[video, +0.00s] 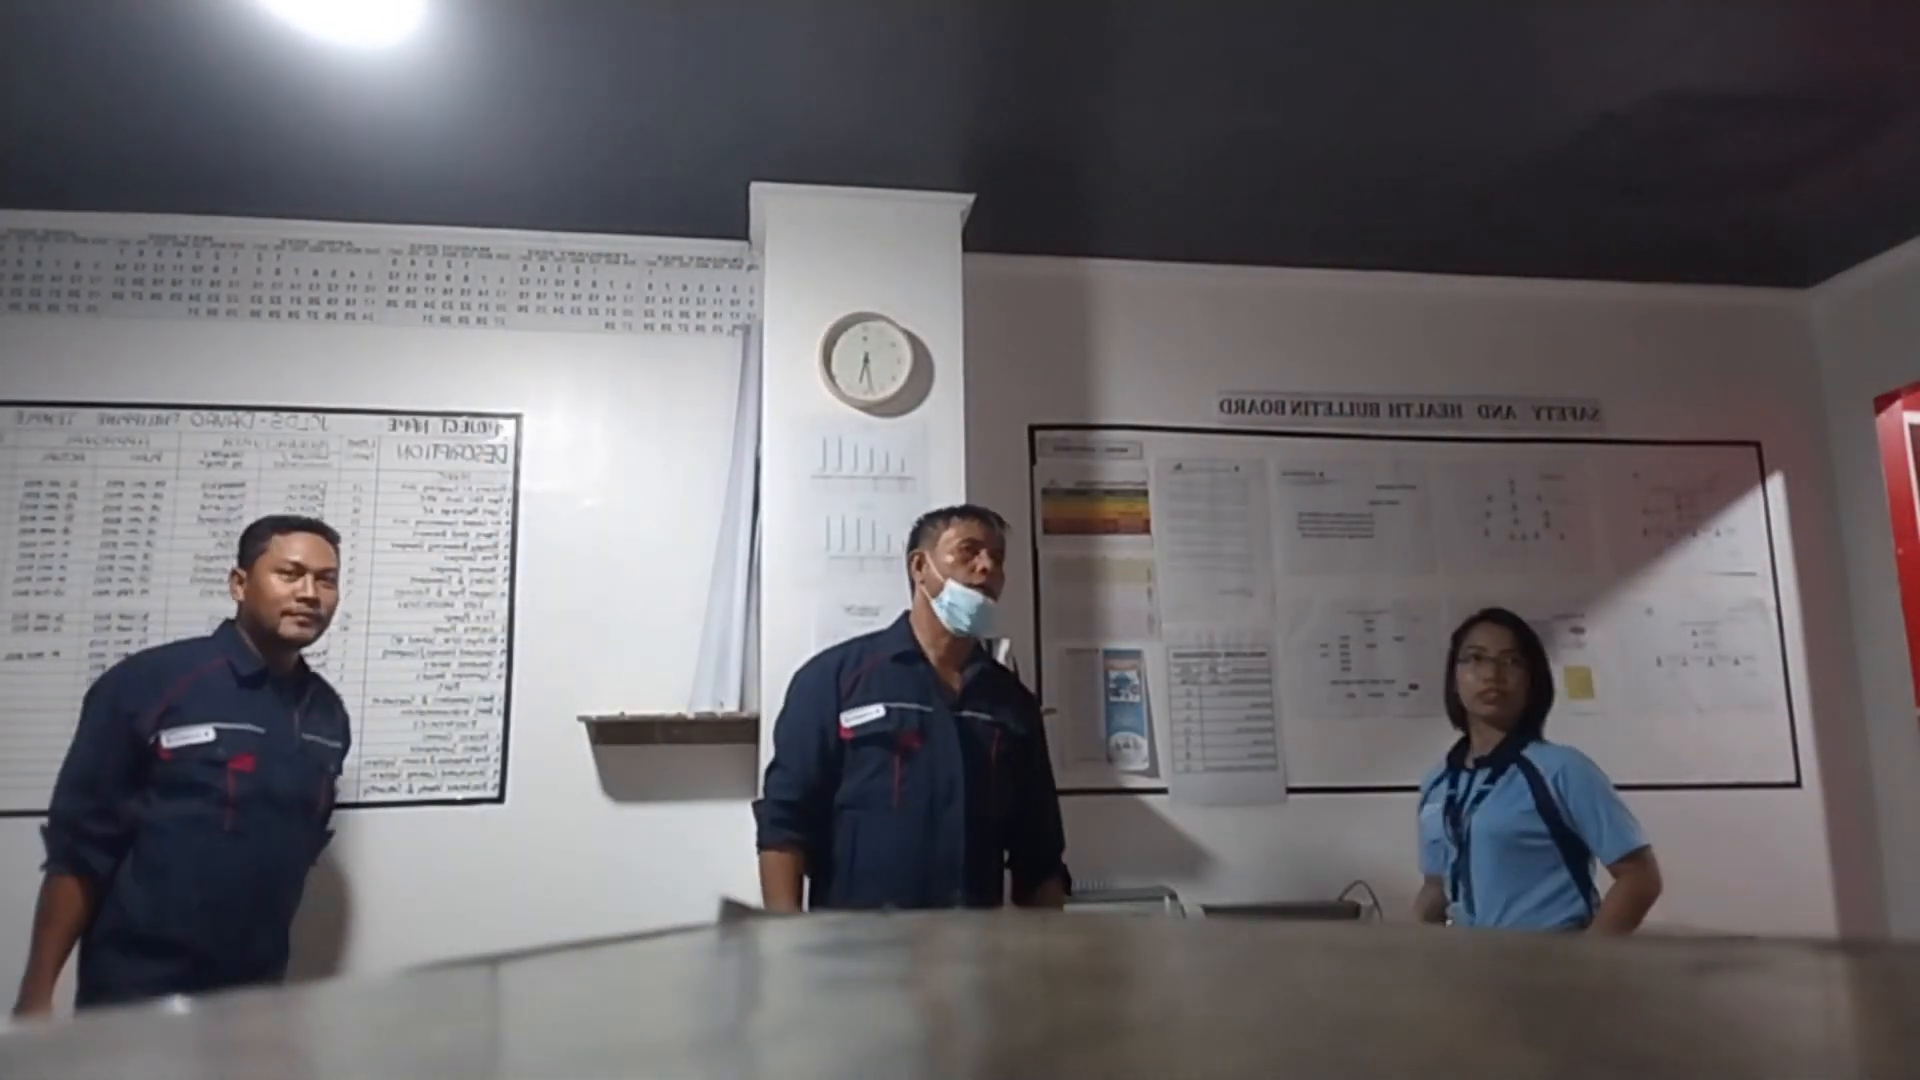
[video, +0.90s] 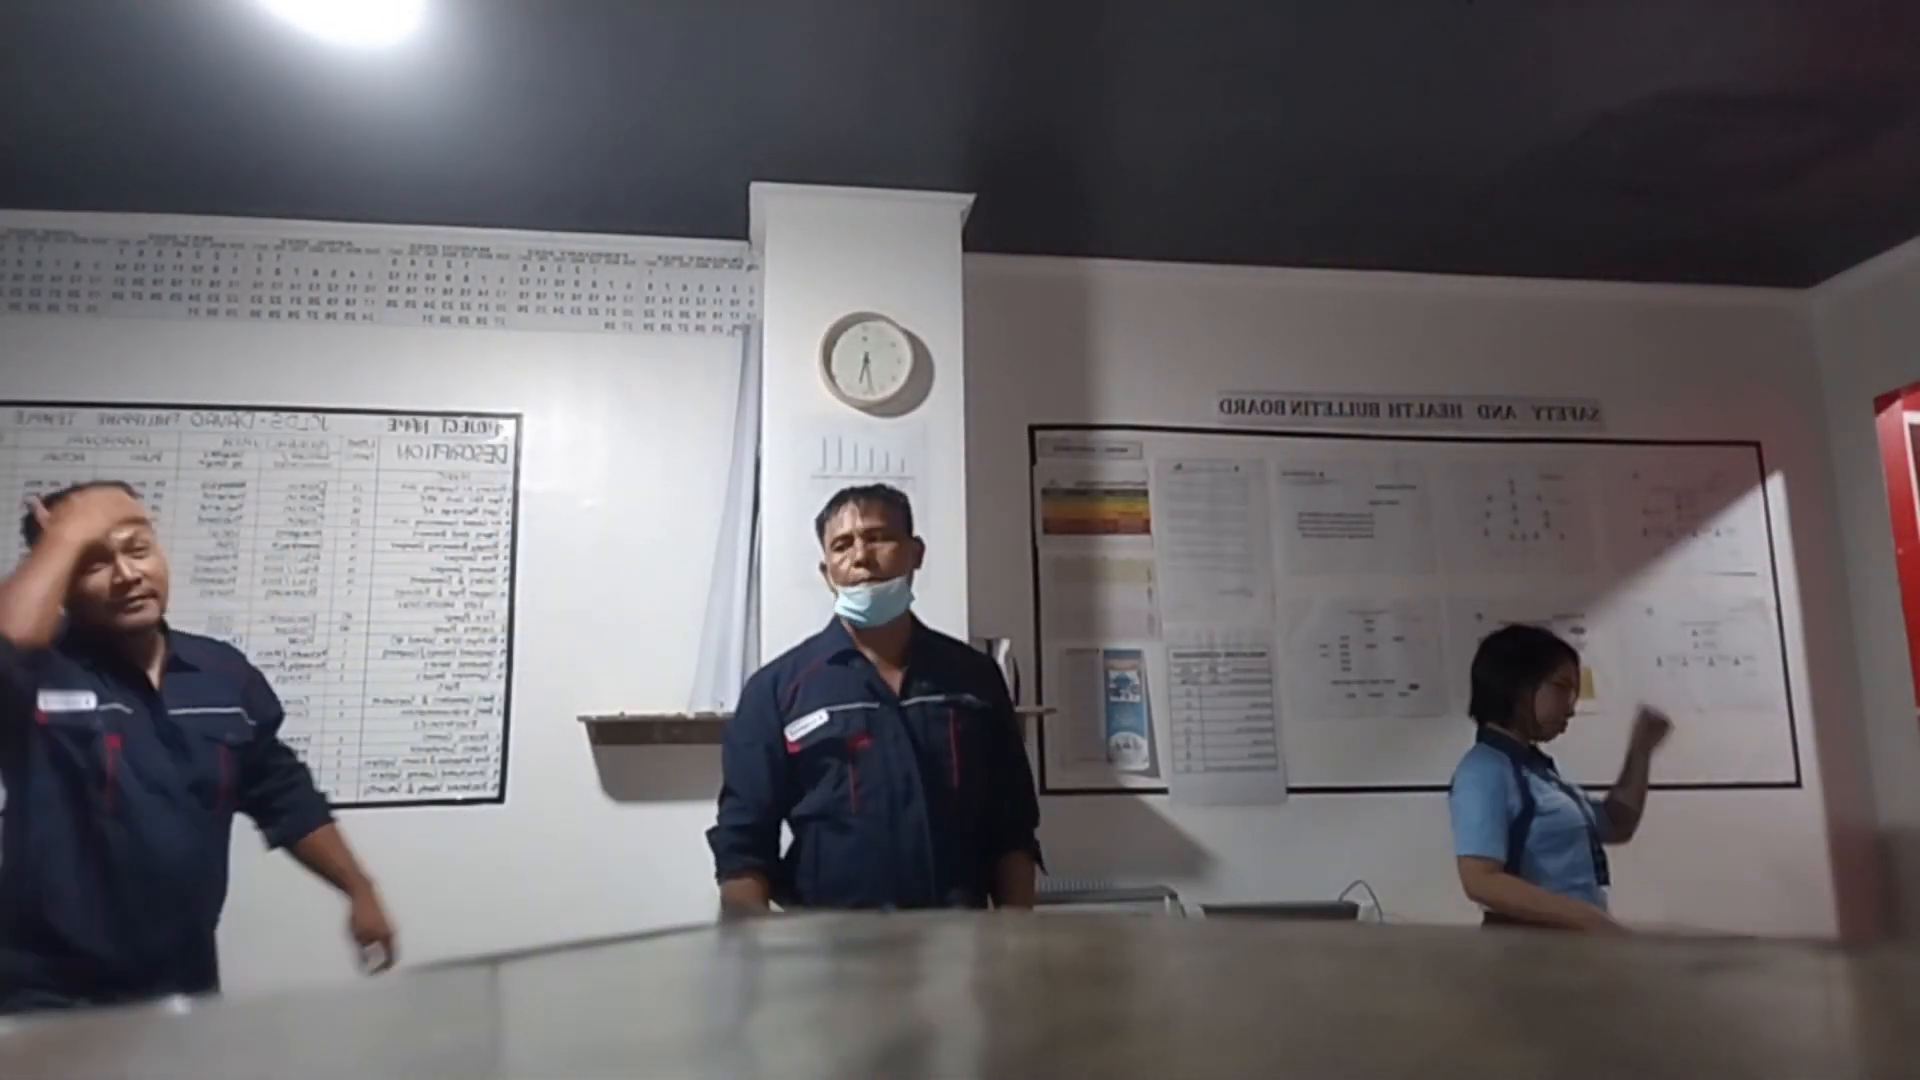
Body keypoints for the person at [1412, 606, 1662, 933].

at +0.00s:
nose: (1491, 675)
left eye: (1510, 662)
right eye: (1475, 659)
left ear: (1533, 679)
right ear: (1454, 677)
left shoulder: (1562, 770)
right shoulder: (1437, 786)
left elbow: (1640, 880)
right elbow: (1437, 889)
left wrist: (1579, 969)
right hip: (1469, 975)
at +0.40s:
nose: (1520, 686)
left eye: (1528, 673)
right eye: (1501, 673)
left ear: (1542, 686)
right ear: (1464, 690)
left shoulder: (1580, 776)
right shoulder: (1437, 793)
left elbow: (1641, 873)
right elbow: (1421, 899)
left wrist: (1626, 958)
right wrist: (1446, 970)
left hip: (1586, 969)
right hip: (1487, 972)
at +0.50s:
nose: (1540, 688)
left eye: (1547, 676)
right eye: (1521, 675)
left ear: (1557, 687)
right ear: (1476, 686)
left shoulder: (1581, 778)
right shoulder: (1444, 791)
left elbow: (1629, 871)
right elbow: (1425, 897)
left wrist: (1659, 942)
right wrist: (1468, 957)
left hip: (1596, 962)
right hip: (1501, 966)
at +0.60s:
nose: (1554, 691)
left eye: (1559, 679)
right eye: (1535, 677)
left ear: (1566, 686)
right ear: (1490, 684)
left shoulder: (1575, 778)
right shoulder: (1450, 791)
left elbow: (1610, 867)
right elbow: (1433, 896)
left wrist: (1669, 906)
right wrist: (1489, 952)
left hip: (1603, 963)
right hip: (1518, 968)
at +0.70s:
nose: (1563, 694)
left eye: (1564, 682)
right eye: (1548, 679)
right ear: (1503, 684)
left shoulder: (1559, 781)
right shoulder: (1459, 786)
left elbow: (1604, 862)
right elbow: (1445, 892)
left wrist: (1677, 861)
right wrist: (1530, 939)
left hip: (1594, 961)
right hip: (1523, 969)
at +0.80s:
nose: (1567, 699)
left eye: (1568, 687)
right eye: (1554, 684)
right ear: (1511, 684)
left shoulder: (1542, 770)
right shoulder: (1470, 778)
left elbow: (1610, 849)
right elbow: (1460, 887)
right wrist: (1566, 929)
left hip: (1581, 958)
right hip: (1524, 967)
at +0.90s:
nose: (1572, 705)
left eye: (1574, 691)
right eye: (1561, 688)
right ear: (1521, 686)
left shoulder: (1541, 773)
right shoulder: (1487, 770)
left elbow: (1617, 826)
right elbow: (1482, 882)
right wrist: (1595, 921)